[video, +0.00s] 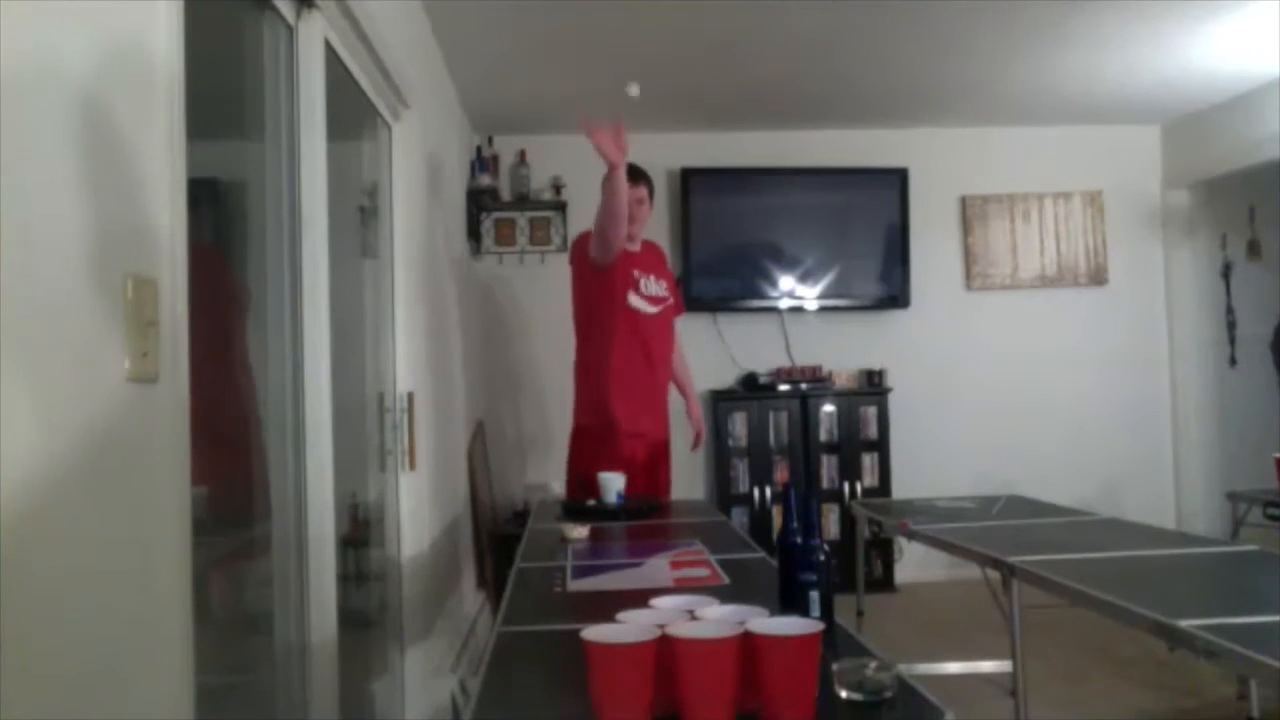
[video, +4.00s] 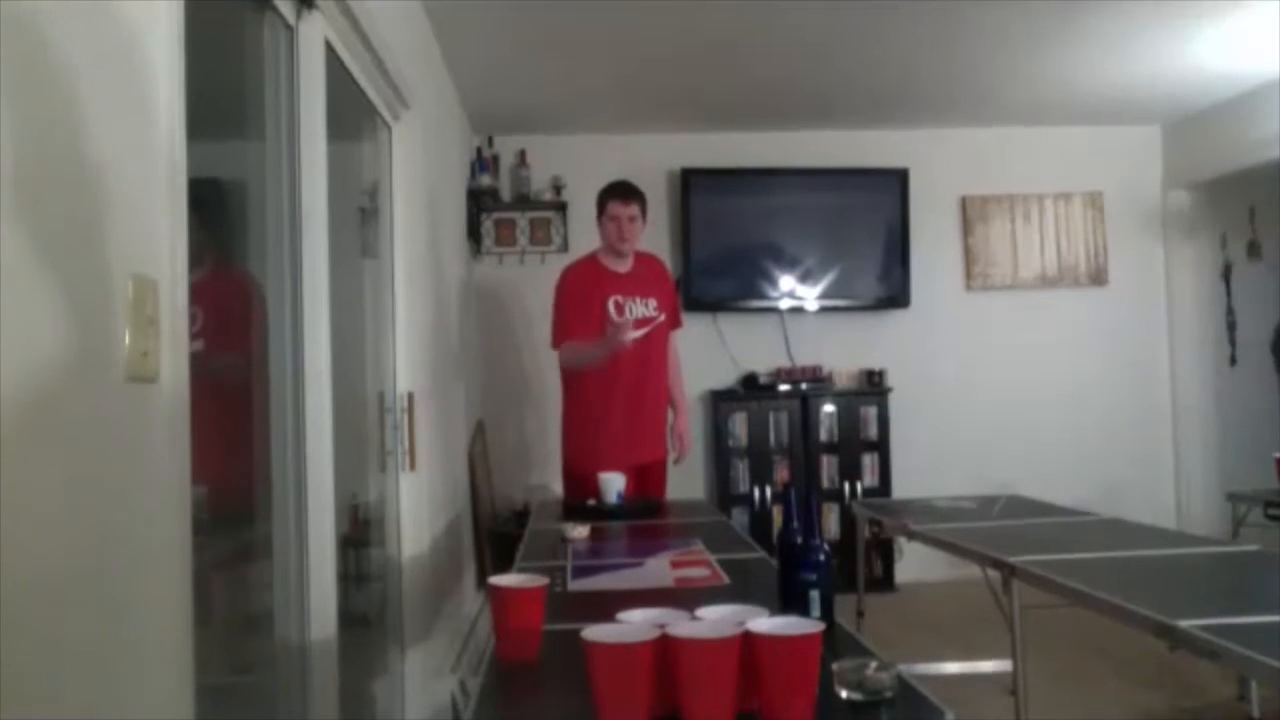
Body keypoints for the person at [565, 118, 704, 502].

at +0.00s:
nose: (633, 211)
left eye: (641, 202)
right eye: (625, 203)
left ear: (651, 209)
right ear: (609, 207)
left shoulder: (656, 259)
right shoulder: (590, 252)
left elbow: (668, 339)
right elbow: (609, 241)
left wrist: (690, 399)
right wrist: (617, 169)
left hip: (651, 428)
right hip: (603, 428)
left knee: (652, 543)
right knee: (599, 544)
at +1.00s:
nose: (641, 251)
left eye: (650, 243)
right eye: (633, 242)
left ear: (661, 239)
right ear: (620, 235)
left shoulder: (673, 279)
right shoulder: (594, 277)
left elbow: (694, 344)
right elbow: (562, 353)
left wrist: (689, 411)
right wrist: (580, 427)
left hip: (654, 441)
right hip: (599, 441)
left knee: (651, 544)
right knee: (598, 544)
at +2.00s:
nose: (626, 258)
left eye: (635, 250)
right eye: (617, 248)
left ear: (646, 243)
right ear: (603, 238)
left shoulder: (658, 278)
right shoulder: (573, 282)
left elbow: (679, 338)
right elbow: (546, 360)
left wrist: (668, 399)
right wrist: (586, 414)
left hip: (649, 438)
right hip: (591, 442)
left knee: (659, 538)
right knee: (598, 544)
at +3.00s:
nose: (628, 235)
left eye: (636, 226)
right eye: (619, 226)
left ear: (647, 230)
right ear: (603, 228)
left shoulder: (660, 276)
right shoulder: (581, 280)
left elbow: (671, 353)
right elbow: (567, 369)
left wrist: (681, 419)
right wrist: (596, 447)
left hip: (652, 445)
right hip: (596, 450)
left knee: (651, 545)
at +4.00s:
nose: (623, 229)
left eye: (632, 220)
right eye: (614, 220)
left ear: (644, 225)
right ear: (599, 224)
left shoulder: (656, 272)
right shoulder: (577, 277)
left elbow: (667, 347)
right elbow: (568, 355)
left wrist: (680, 412)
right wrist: (608, 344)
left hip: (647, 435)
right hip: (593, 438)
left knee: (648, 542)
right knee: (594, 542)